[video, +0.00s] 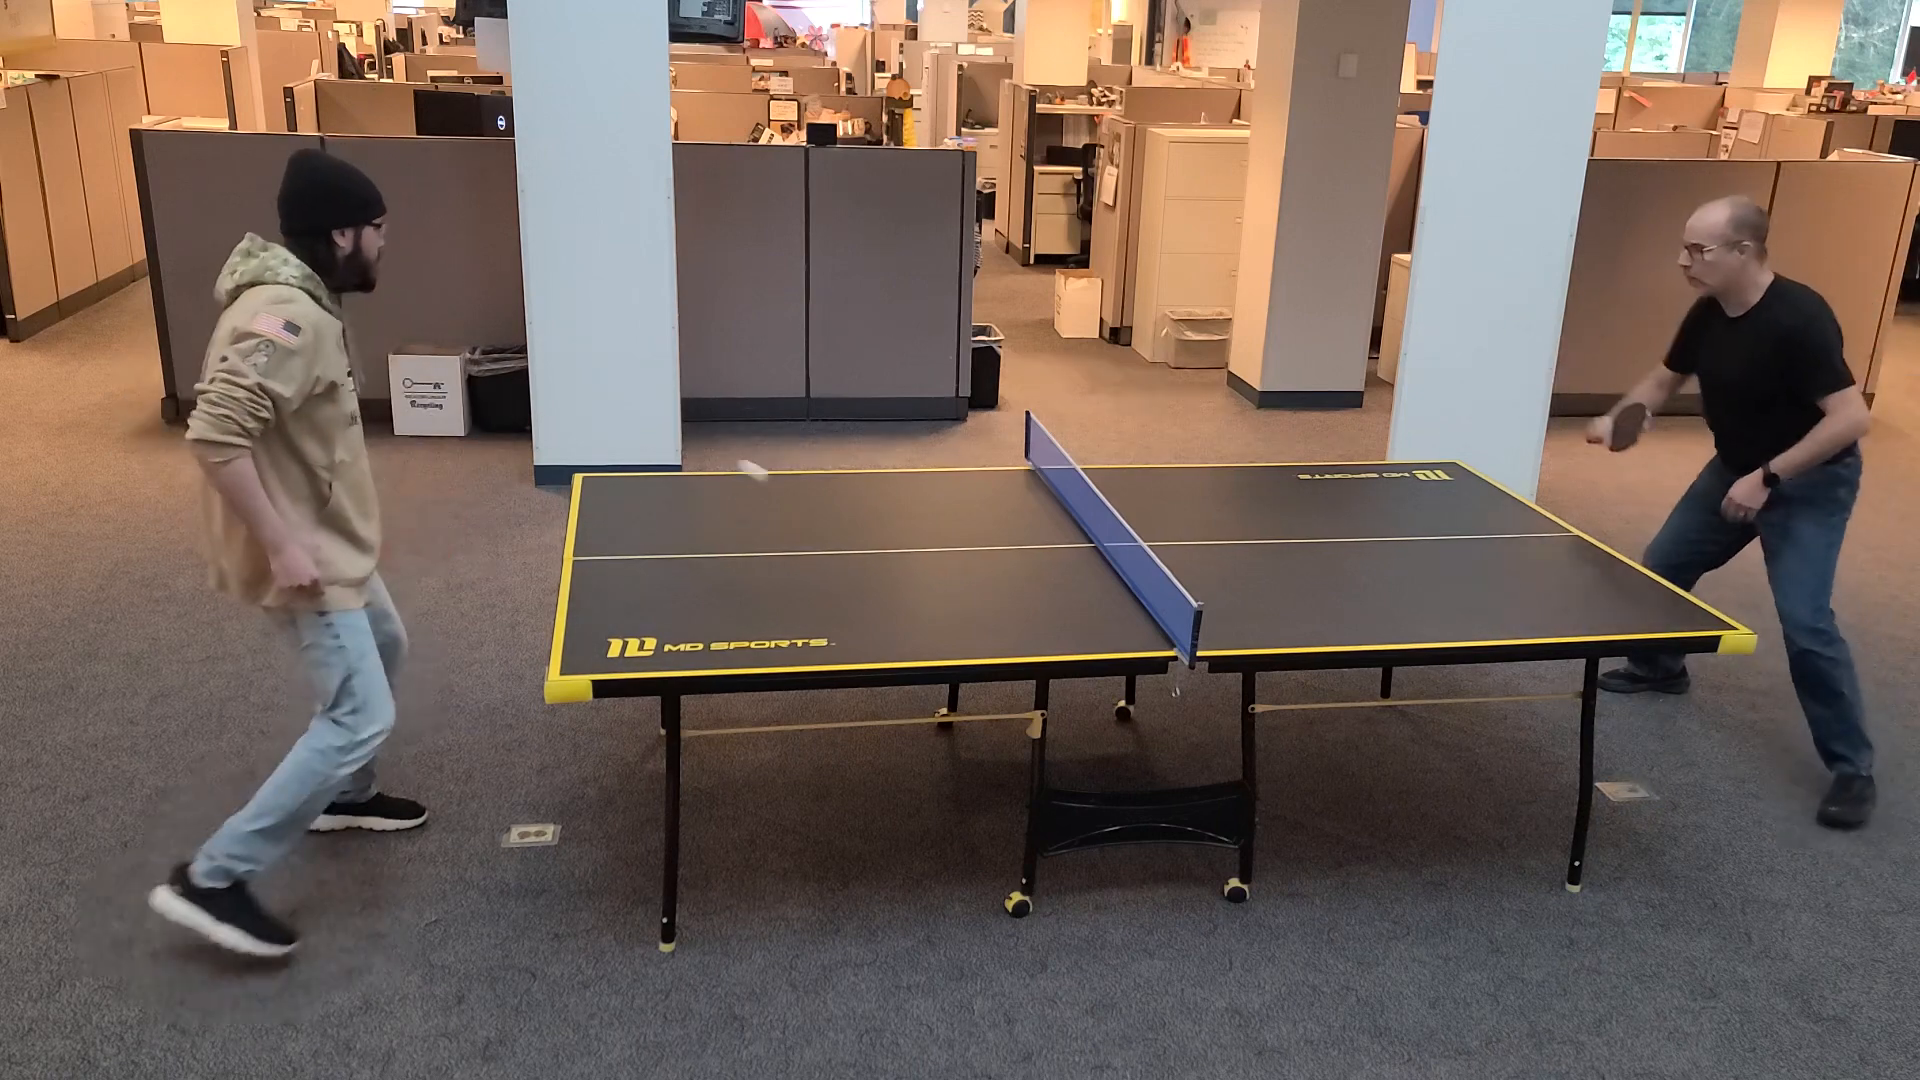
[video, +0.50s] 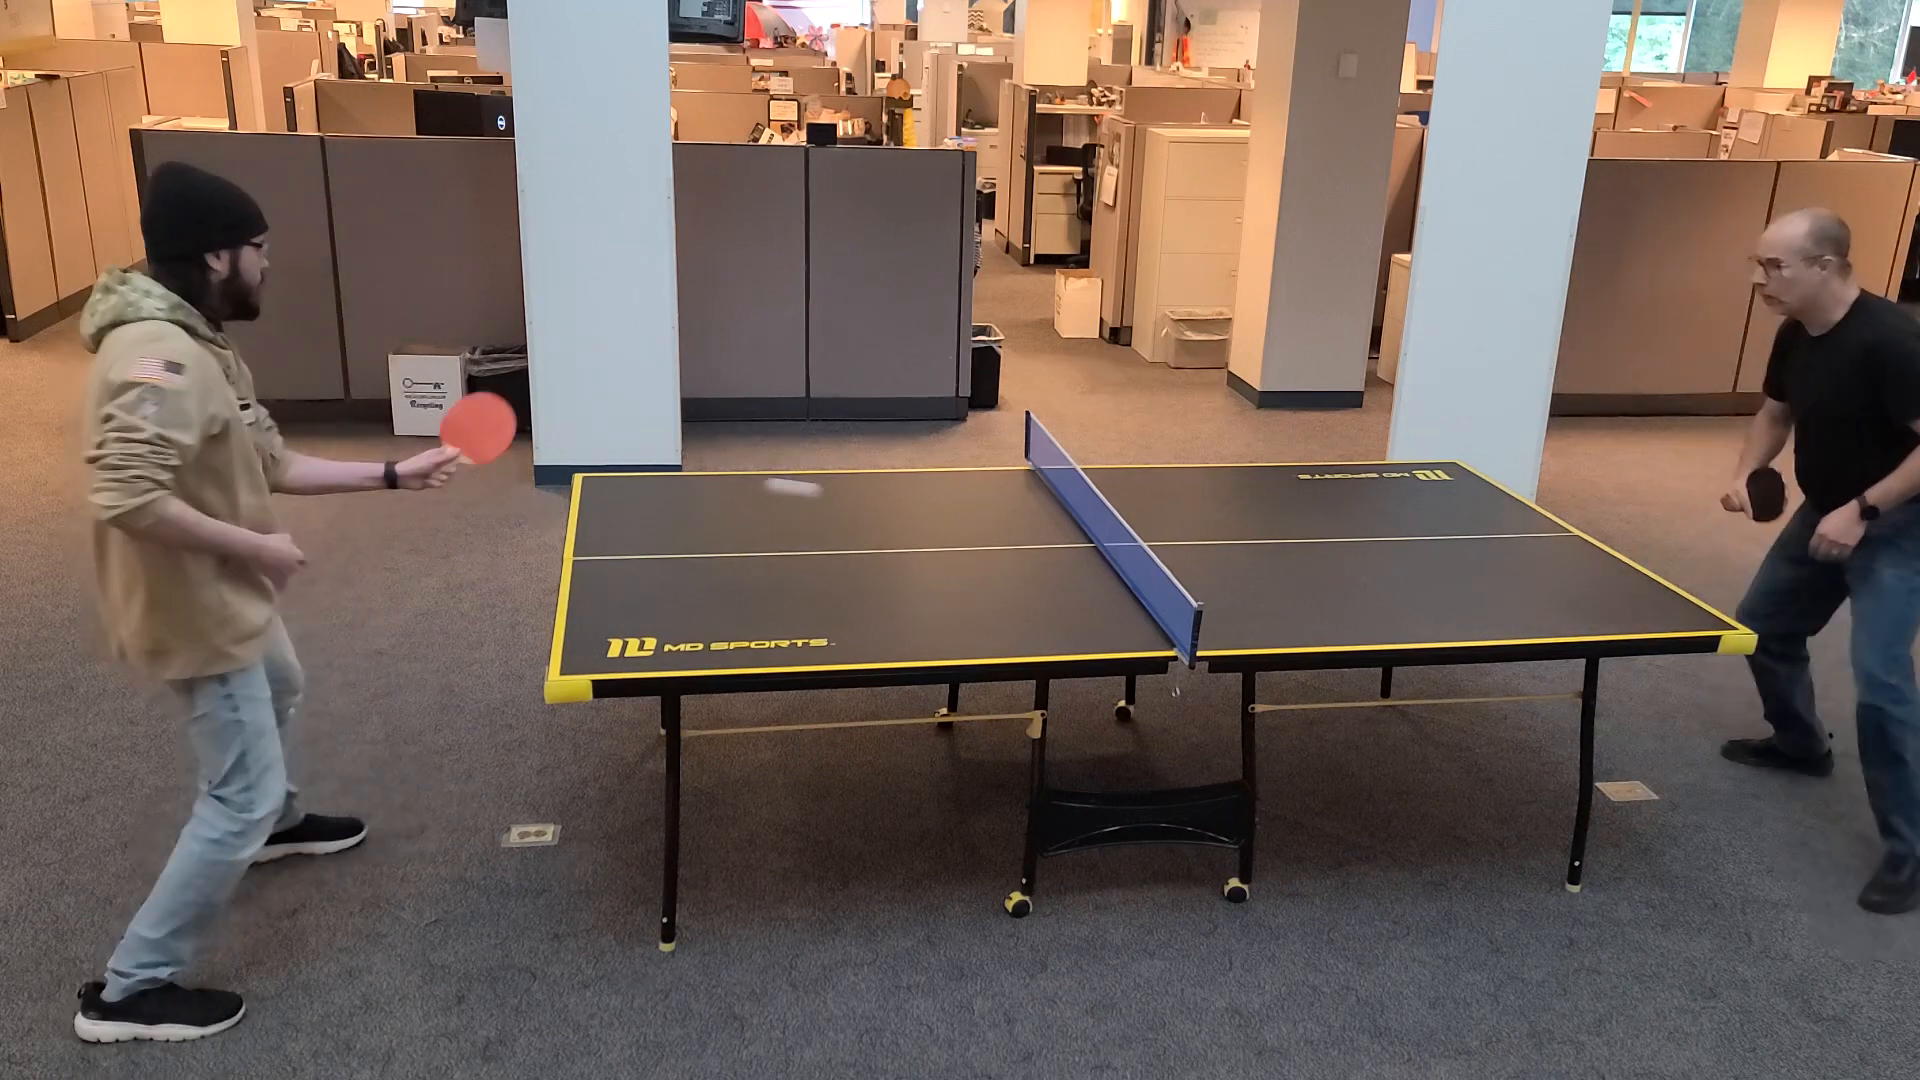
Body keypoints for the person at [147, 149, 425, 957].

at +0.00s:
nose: (384, 240)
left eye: (380, 225)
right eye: (374, 226)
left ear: (321, 232)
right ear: (336, 235)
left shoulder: (299, 297)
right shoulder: (280, 314)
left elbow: (249, 427)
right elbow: (217, 436)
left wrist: (324, 524)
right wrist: (283, 545)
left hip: (331, 540)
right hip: (301, 558)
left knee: (384, 643)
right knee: (359, 719)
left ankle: (345, 792)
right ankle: (212, 877)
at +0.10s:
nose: (363, 253)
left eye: (360, 238)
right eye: (354, 240)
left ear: (283, 241)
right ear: (319, 248)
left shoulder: (229, 309)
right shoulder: (287, 328)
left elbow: (165, 424)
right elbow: (234, 446)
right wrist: (290, 562)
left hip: (302, 560)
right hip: (291, 574)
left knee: (373, 656)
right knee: (330, 746)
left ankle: (341, 796)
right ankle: (169, 913)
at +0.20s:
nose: (333, 266)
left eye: (329, 252)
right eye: (326, 253)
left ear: (242, 254)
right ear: (297, 262)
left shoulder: (192, 326)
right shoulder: (275, 345)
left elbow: (135, 439)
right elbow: (247, 469)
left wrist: (137, 512)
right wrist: (299, 575)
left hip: (233, 577)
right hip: (278, 587)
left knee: (347, 664)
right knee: (290, 776)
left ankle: (340, 793)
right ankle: (149, 965)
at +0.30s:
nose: (300, 276)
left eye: (296, 261)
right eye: (294, 263)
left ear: (212, 264)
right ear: (269, 271)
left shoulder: (178, 347)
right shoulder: (248, 360)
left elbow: (137, 455)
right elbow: (231, 489)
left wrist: (210, 528)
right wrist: (307, 590)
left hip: (219, 589)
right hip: (246, 603)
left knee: (309, 676)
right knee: (271, 797)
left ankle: (333, 797)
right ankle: (138, 981)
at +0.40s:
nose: (279, 273)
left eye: (274, 257)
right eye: (269, 259)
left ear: (201, 266)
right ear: (235, 270)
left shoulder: (169, 346)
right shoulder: (198, 363)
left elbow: (217, 475)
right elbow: (182, 494)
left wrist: (325, 486)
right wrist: (286, 565)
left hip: (212, 591)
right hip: (209, 608)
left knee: (293, 682)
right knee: (265, 800)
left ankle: (304, 809)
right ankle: (136, 985)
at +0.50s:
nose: (266, 264)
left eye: (262, 247)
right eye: (255, 248)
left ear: (200, 257)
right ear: (213, 257)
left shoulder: (202, 347)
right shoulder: (153, 355)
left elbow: (274, 467)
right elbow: (128, 496)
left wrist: (393, 471)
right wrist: (250, 544)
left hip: (231, 589)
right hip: (194, 610)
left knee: (278, 686)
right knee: (245, 796)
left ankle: (267, 818)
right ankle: (131, 985)